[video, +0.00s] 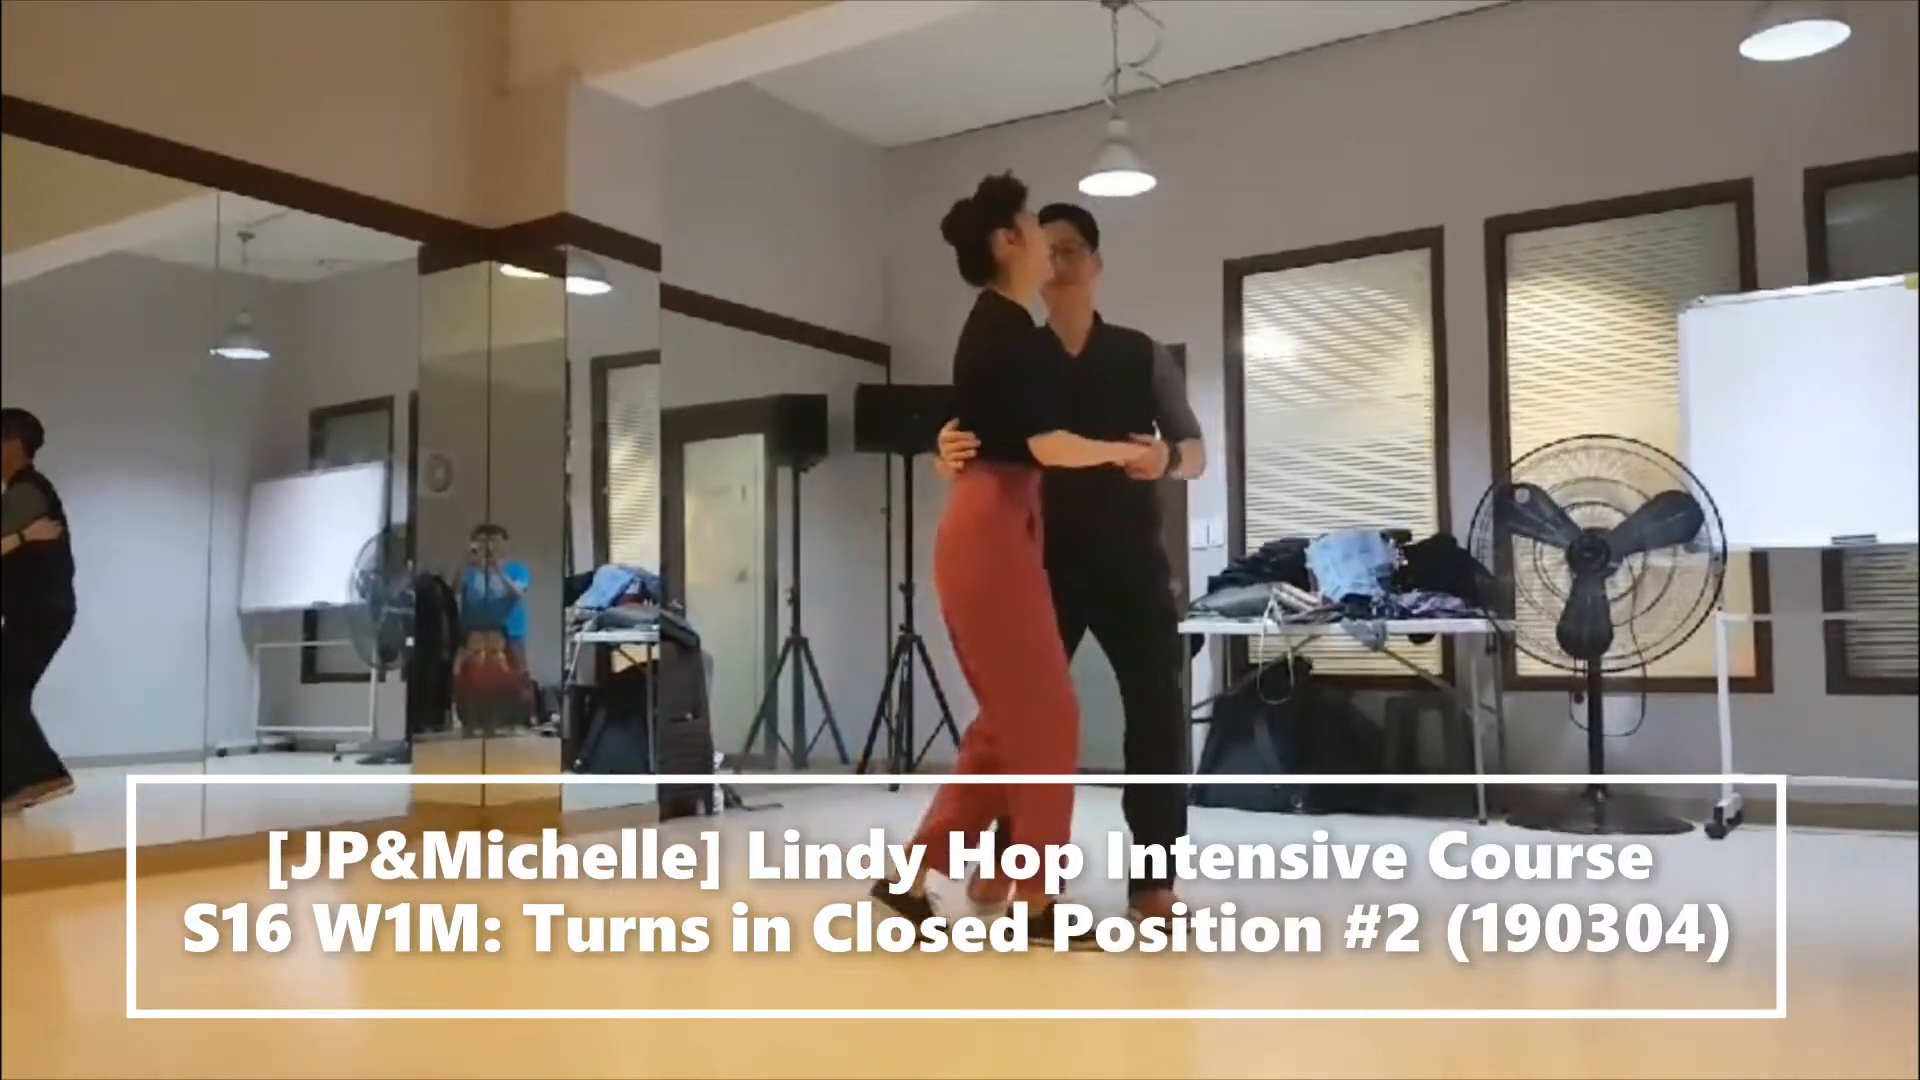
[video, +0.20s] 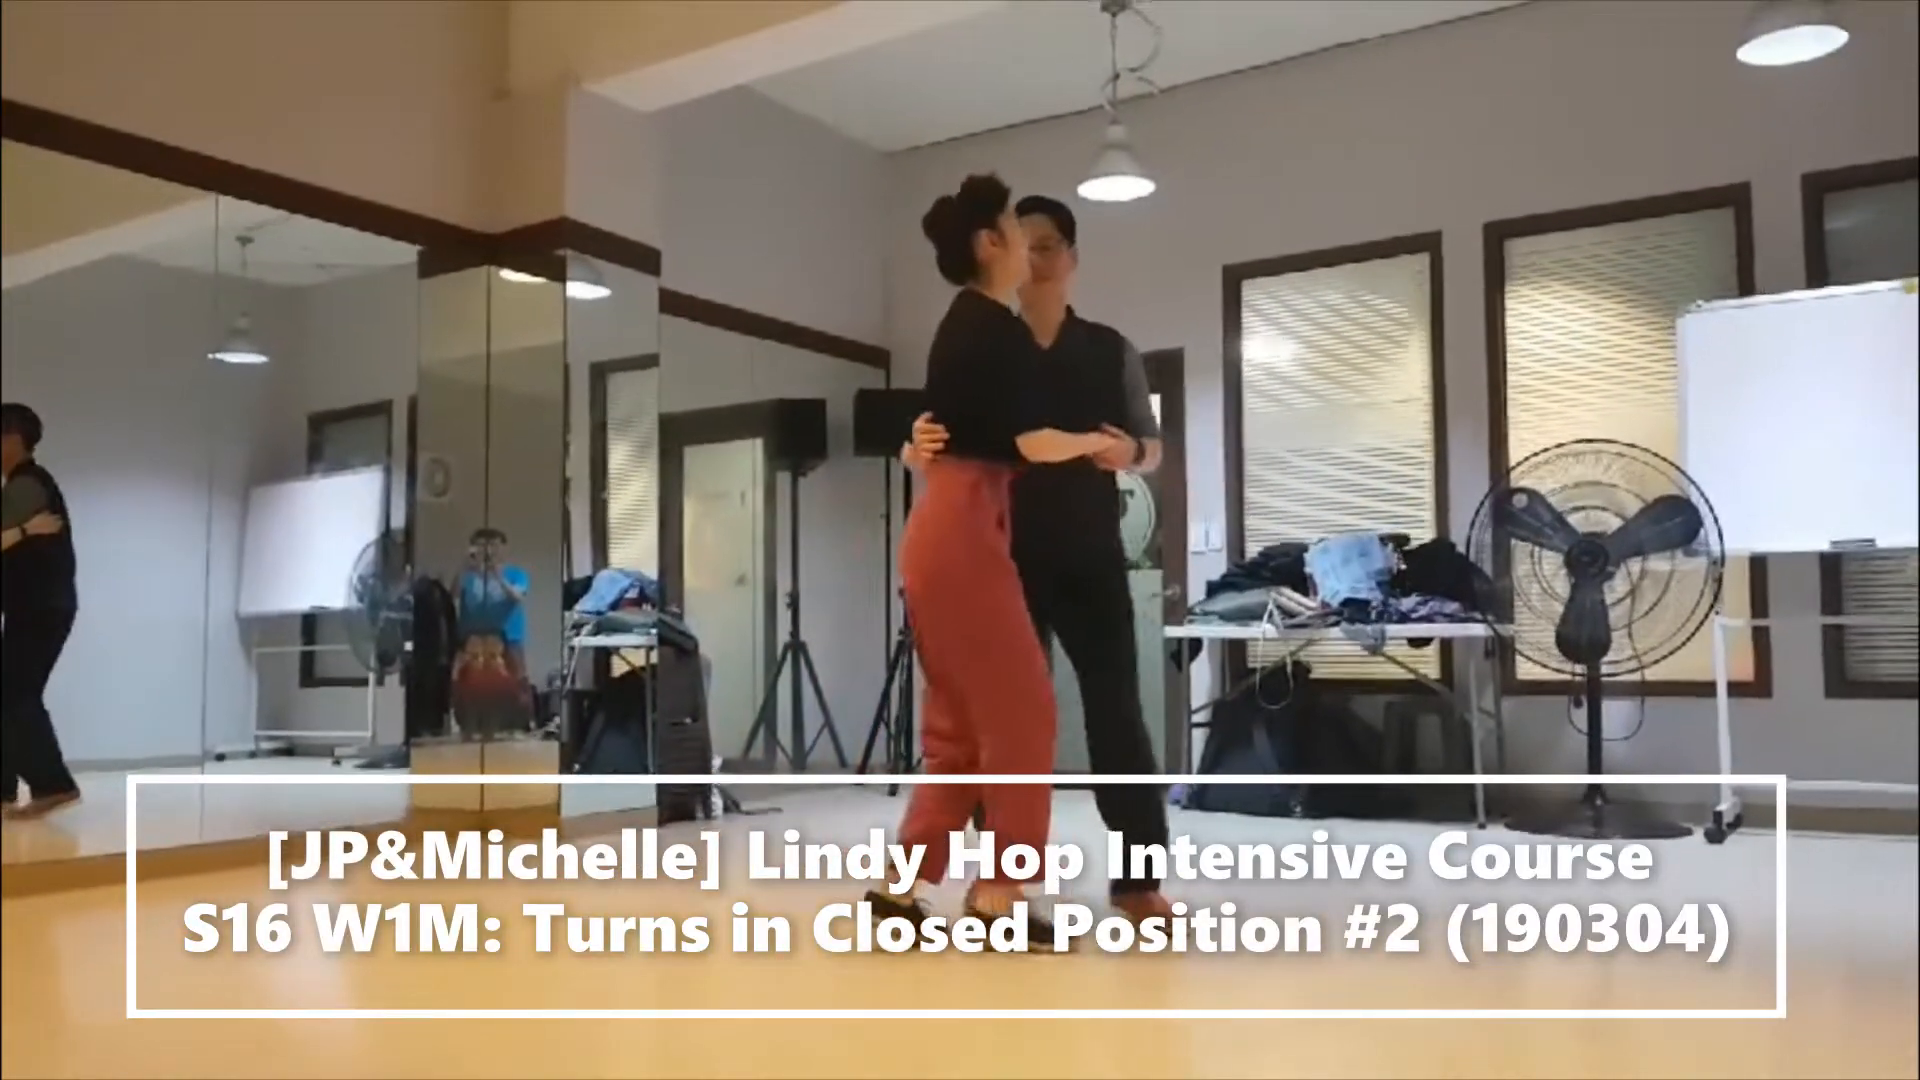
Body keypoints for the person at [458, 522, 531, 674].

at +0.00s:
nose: (489, 546)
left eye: (494, 540)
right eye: (483, 541)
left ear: (503, 544)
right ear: (475, 544)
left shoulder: (516, 569)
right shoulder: (470, 571)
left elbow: (518, 592)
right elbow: (455, 590)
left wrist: (499, 571)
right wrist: (465, 562)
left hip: (509, 635)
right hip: (475, 634)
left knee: (519, 677)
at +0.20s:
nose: (488, 551)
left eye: (493, 545)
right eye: (482, 545)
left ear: (502, 548)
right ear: (474, 549)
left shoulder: (515, 574)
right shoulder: (469, 576)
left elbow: (517, 596)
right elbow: (454, 594)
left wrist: (497, 575)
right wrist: (464, 566)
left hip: (507, 640)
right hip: (474, 640)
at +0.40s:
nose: (485, 554)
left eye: (490, 548)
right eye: (480, 549)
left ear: (500, 552)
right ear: (472, 552)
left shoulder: (514, 579)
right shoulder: (466, 579)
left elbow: (515, 600)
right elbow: (452, 599)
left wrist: (494, 578)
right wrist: (462, 569)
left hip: (505, 645)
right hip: (471, 644)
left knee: (514, 688)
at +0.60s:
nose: (484, 558)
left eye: (489, 552)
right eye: (479, 552)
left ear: (499, 556)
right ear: (471, 556)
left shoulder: (512, 582)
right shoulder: (466, 583)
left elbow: (514, 604)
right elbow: (451, 603)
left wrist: (494, 582)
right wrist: (462, 572)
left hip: (504, 649)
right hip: (470, 648)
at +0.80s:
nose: (484, 563)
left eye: (489, 557)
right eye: (479, 557)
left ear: (499, 560)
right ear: (471, 560)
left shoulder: (512, 586)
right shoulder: (465, 587)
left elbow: (514, 608)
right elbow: (451, 606)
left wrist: (493, 586)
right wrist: (462, 575)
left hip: (504, 653)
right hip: (470, 653)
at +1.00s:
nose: (485, 566)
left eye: (490, 560)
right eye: (479, 560)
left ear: (500, 563)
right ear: (471, 564)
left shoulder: (513, 589)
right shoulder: (466, 590)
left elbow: (514, 612)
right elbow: (451, 609)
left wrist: (495, 590)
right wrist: (462, 578)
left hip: (505, 657)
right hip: (471, 657)